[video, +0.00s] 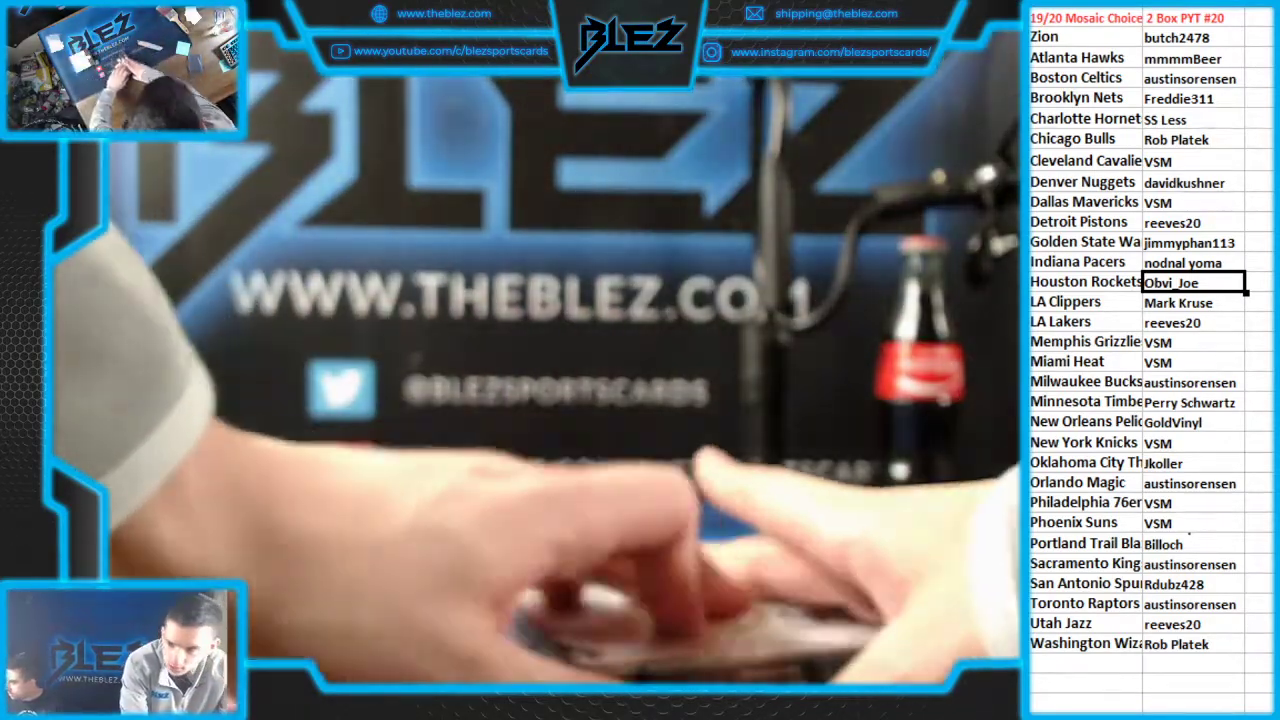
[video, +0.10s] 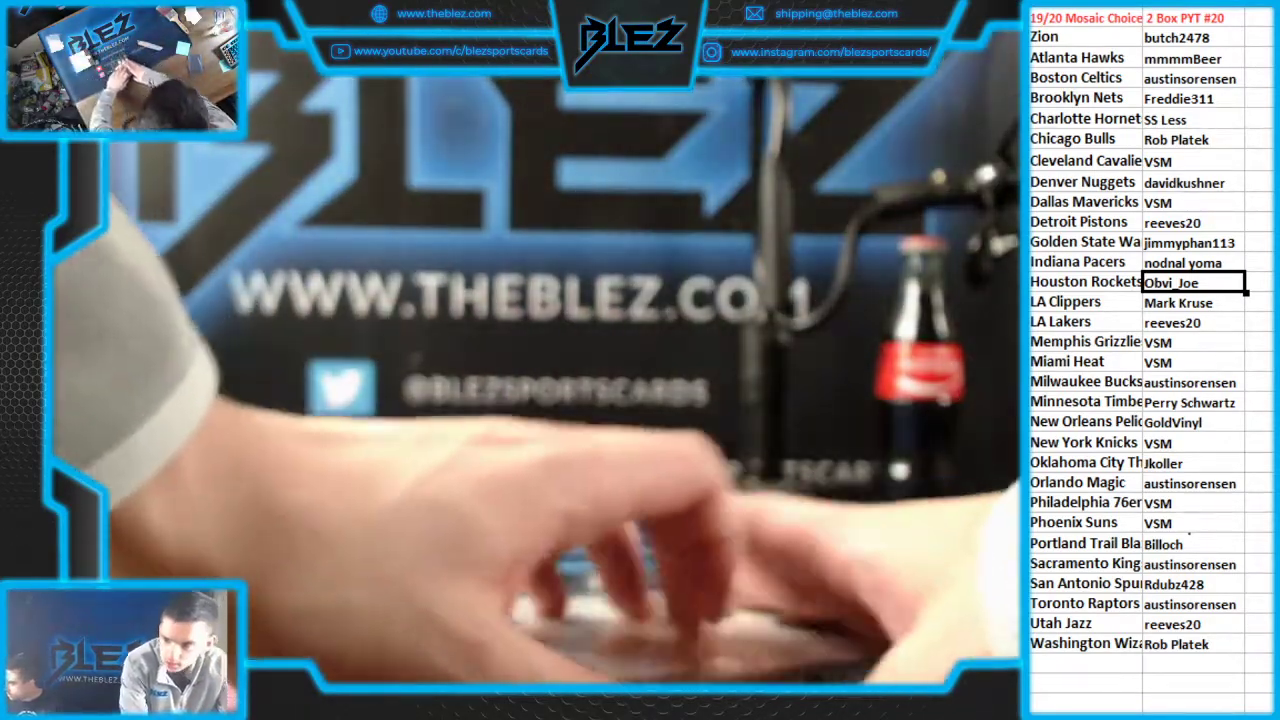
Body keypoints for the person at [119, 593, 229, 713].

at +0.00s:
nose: (178, 660)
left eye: (191, 650)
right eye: (170, 644)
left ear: (213, 646)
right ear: (162, 633)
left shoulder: (224, 669)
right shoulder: (138, 663)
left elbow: (227, 714)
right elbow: (133, 714)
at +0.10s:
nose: (173, 655)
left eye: (187, 645)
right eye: (166, 641)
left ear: (209, 643)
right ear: (159, 631)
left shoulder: (221, 665)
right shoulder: (137, 662)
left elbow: (227, 713)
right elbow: (133, 714)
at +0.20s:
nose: (170, 651)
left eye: (183, 642)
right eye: (163, 638)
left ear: (206, 640)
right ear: (156, 630)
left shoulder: (217, 662)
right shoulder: (136, 661)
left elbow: (224, 714)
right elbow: (134, 715)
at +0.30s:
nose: (167, 649)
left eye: (179, 640)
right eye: (160, 636)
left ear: (203, 638)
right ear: (154, 629)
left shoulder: (215, 661)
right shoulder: (135, 660)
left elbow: (223, 714)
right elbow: (134, 714)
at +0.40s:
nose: (165, 648)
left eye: (177, 638)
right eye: (158, 634)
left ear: (201, 637)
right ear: (152, 628)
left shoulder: (215, 661)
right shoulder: (134, 661)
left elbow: (220, 712)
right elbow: (133, 714)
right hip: (156, 713)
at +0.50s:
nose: (164, 647)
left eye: (176, 637)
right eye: (157, 634)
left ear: (200, 637)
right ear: (151, 629)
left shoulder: (215, 661)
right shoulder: (133, 661)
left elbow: (222, 710)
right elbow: (130, 713)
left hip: (197, 713)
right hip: (154, 713)